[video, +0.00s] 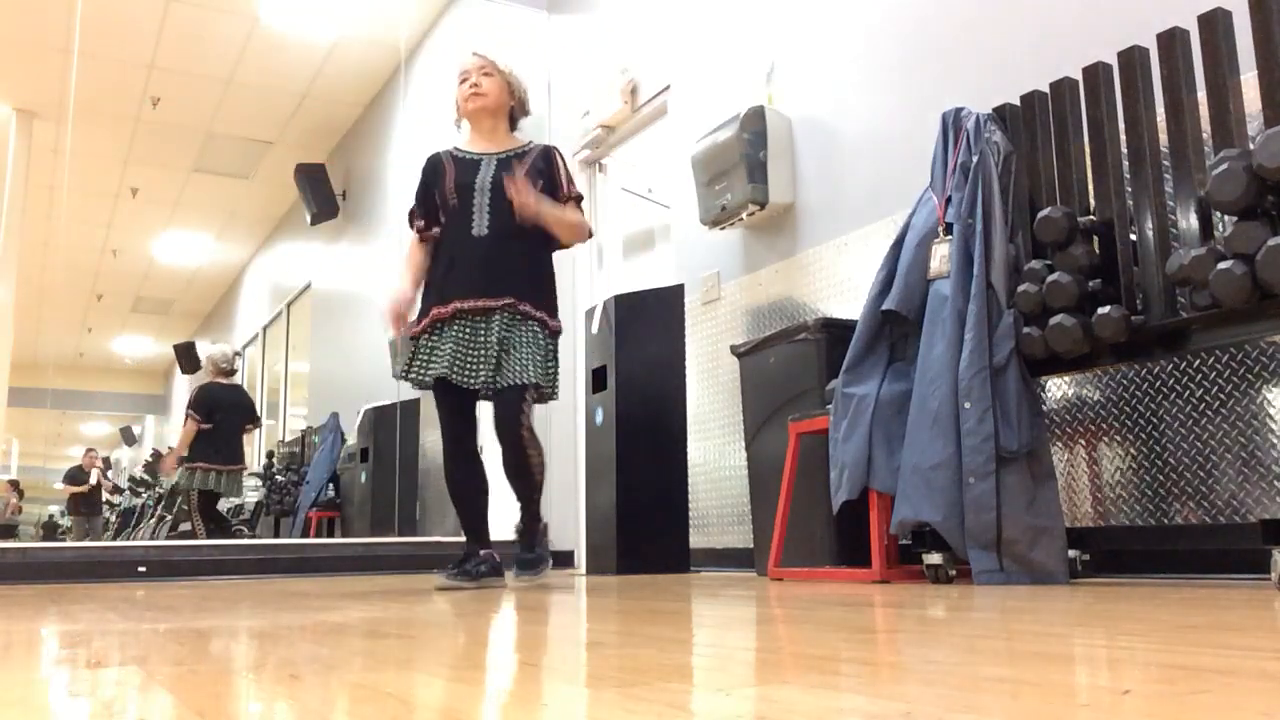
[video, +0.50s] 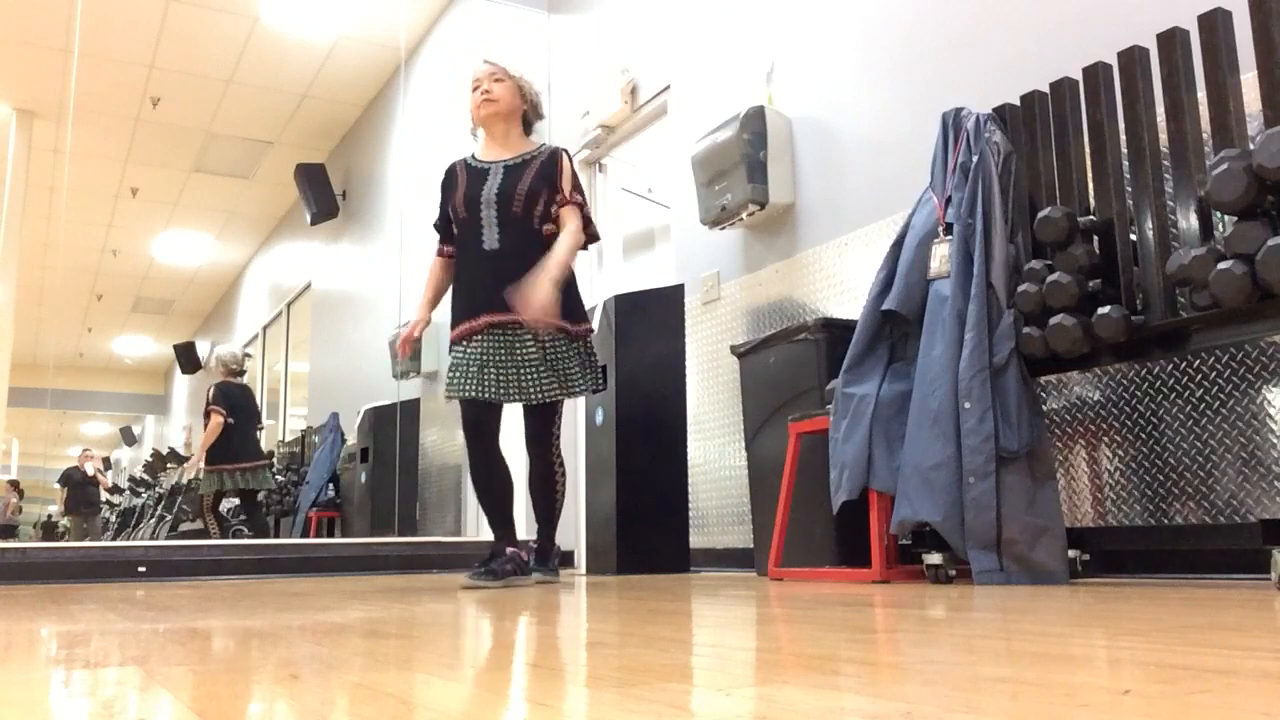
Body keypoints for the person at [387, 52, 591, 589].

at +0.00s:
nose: (472, 82)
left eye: (484, 75)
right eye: (463, 80)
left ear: (511, 95)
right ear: (457, 105)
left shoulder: (542, 159)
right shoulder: (440, 164)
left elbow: (579, 230)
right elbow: (422, 239)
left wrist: (540, 207)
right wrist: (407, 292)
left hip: (518, 308)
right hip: (450, 309)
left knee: (511, 424)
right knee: (457, 436)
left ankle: (532, 526)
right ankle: (479, 550)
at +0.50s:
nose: (482, 88)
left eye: (495, 82)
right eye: (475, 86)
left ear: (523, 101)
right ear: (472, 112)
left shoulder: (551, 159)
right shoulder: (459, 173)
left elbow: (574, 229)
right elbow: (445, 256)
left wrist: (547, 280)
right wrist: (421, 317)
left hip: (541, 315)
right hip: (477, 319)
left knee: (541, 439)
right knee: (479, 436)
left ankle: (545, 550)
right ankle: (505, 548)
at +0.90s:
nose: (482, 67)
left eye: (496, 62)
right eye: (477, 65)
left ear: (524, 84)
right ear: (471, 89)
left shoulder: (550, 144)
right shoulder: (451, 155)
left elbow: (591, 220)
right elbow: (435, 237)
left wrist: (610, 286)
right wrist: (419, 231)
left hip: (529, 302)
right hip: (464, 304)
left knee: (515, 418)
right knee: (478, 432)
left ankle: (561, 513)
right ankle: (505, 549)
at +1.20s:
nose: (490, 55)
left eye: (505, 49)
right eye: (484, 52)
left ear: (532, 74)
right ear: (478, 79)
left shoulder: (556, 134)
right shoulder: (454, 143)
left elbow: (598, 214)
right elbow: (429, 227)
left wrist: (568, 204)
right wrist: (425, 175)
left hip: (534, 294)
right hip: (470, 298)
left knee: (527, 424)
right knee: (487, 430)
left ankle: (531, 550)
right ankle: (503, 548)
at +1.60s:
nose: (495, 41)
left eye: (510, 36)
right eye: (489, 39)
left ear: (538, 62)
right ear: (482, 67)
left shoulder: (565, 125)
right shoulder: (457, 130)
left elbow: (597, 199)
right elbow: (435, 211)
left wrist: (604, 212)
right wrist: (464, 242)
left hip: (549, 290)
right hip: (480, 292)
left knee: (533, 421)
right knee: (472, 429)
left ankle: (532, 548)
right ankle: (502, 542)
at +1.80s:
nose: (493, 32)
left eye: (508, 26)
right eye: (485, 29)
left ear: (536, 52)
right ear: (477, 58)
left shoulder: (564, 119)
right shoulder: (455, 124)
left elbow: (604, 197)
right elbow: (424, 213)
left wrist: (559, 174)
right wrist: (413, 284)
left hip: (545, 286)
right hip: (472, 287)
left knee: (534, 420)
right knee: (446, 392)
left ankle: (533, 548)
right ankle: (476, 521)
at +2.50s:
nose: (474, 37)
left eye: (488, 27)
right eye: (466, 32)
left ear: (521, 45)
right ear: (461, 55)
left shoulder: (549, 109)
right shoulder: (444, 128)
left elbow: (562, 157)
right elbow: (412, 203)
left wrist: (500, 176)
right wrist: (373, 208)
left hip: (518, 282)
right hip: (445, 280)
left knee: (514, 423)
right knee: (437, 421)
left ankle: (535, 551)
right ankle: (427, 556)